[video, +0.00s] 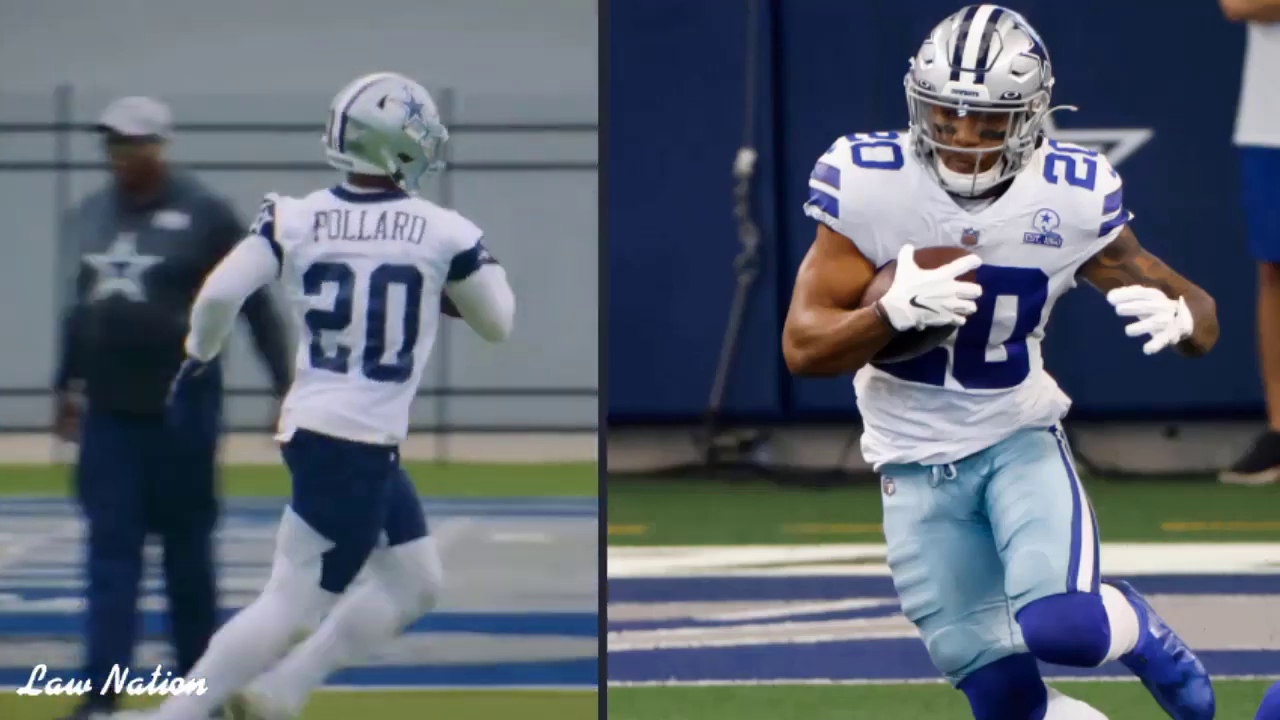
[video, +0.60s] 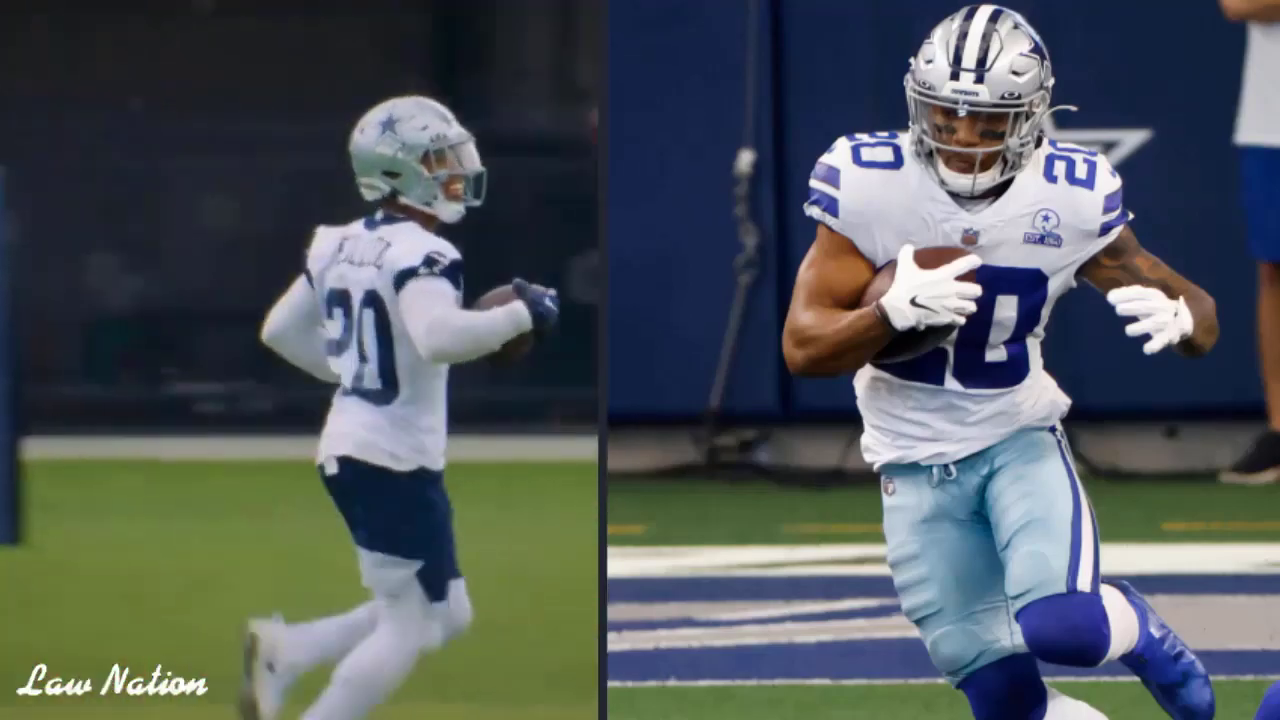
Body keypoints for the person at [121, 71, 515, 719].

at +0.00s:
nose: (424, 150)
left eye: (419, 140)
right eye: (419, 140)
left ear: (339, 139)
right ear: (412, 147)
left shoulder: (293, 217)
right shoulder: (445, 230)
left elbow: (217, 293)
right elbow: (498, 321)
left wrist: (200, 356)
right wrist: (446, 290)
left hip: (314, 429)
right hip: (356, 443)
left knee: (413, 582)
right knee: (291, 606)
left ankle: (278, 695)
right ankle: (177, 711)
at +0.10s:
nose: (435, 145)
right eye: (431, 136)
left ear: (354, 135)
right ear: (425, 143)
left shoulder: (311, 219)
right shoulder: (458, 228)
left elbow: (258, 304)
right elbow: (497, 349)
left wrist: (254, 358)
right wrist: (473, 322)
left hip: (350, 430)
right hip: (372, 437)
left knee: (428, 597)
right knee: (291, 595)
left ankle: (450, 716)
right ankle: (117, 575)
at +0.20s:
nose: (445, 179)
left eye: (442, 168)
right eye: (439, 169)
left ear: (357, 175)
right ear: (423, 178)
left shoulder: (313, 260)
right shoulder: (454, 263)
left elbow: (254, 350)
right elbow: (478, 381)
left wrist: (300, 346)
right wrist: (522, 407)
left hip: (334, 457)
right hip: (387, 466)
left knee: (424, 615)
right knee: (363, 641)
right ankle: (226, 549)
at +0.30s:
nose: (452, 167)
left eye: (450, 155)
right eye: (439, 156)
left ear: (370, 164)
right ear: (404, 165)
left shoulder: (324, 239)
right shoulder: (437, 241)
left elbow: (285, 332)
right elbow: (433, 342)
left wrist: (370, 311)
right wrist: (504, 388)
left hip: (335, 452)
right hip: (410, 454)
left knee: (321, 615)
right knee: (485, 596)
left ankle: (232, 712)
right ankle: (334, 654)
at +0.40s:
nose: (467, 159)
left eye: (466, 145)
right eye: (454, 146)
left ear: (393, 160)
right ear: (417, 155)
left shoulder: (354, 223)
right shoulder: (437, 231)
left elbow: (318, 315)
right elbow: (419, 325)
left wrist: (411, 328)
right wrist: (504, 356)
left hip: (355, 435)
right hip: (423, 437)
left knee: (316, 594)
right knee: (513, 579)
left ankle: (147, 618)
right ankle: (511, 716)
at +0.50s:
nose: (481, 186)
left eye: (479, 171)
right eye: (464, 174)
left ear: (409, 191)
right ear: (423, 187)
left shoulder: (369, 250)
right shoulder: (440, 260)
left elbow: (321, 336)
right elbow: (435, 348)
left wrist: (395, 367)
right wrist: (517, 329)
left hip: (363, 462)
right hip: (429, 467)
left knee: (348, 633)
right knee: (495, 623)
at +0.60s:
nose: (455, 175)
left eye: (454, 161)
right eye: (441, 163)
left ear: (386, 179)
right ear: (404, 174)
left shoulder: (339, 244)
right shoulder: (422, 249)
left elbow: (282, 330)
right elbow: (436, 335)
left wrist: (349, 368)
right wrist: (522, 312)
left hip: (350, 448)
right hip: (391, 458)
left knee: (449, 610)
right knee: (411, 623)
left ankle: (288, 650)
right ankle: (321, 714)